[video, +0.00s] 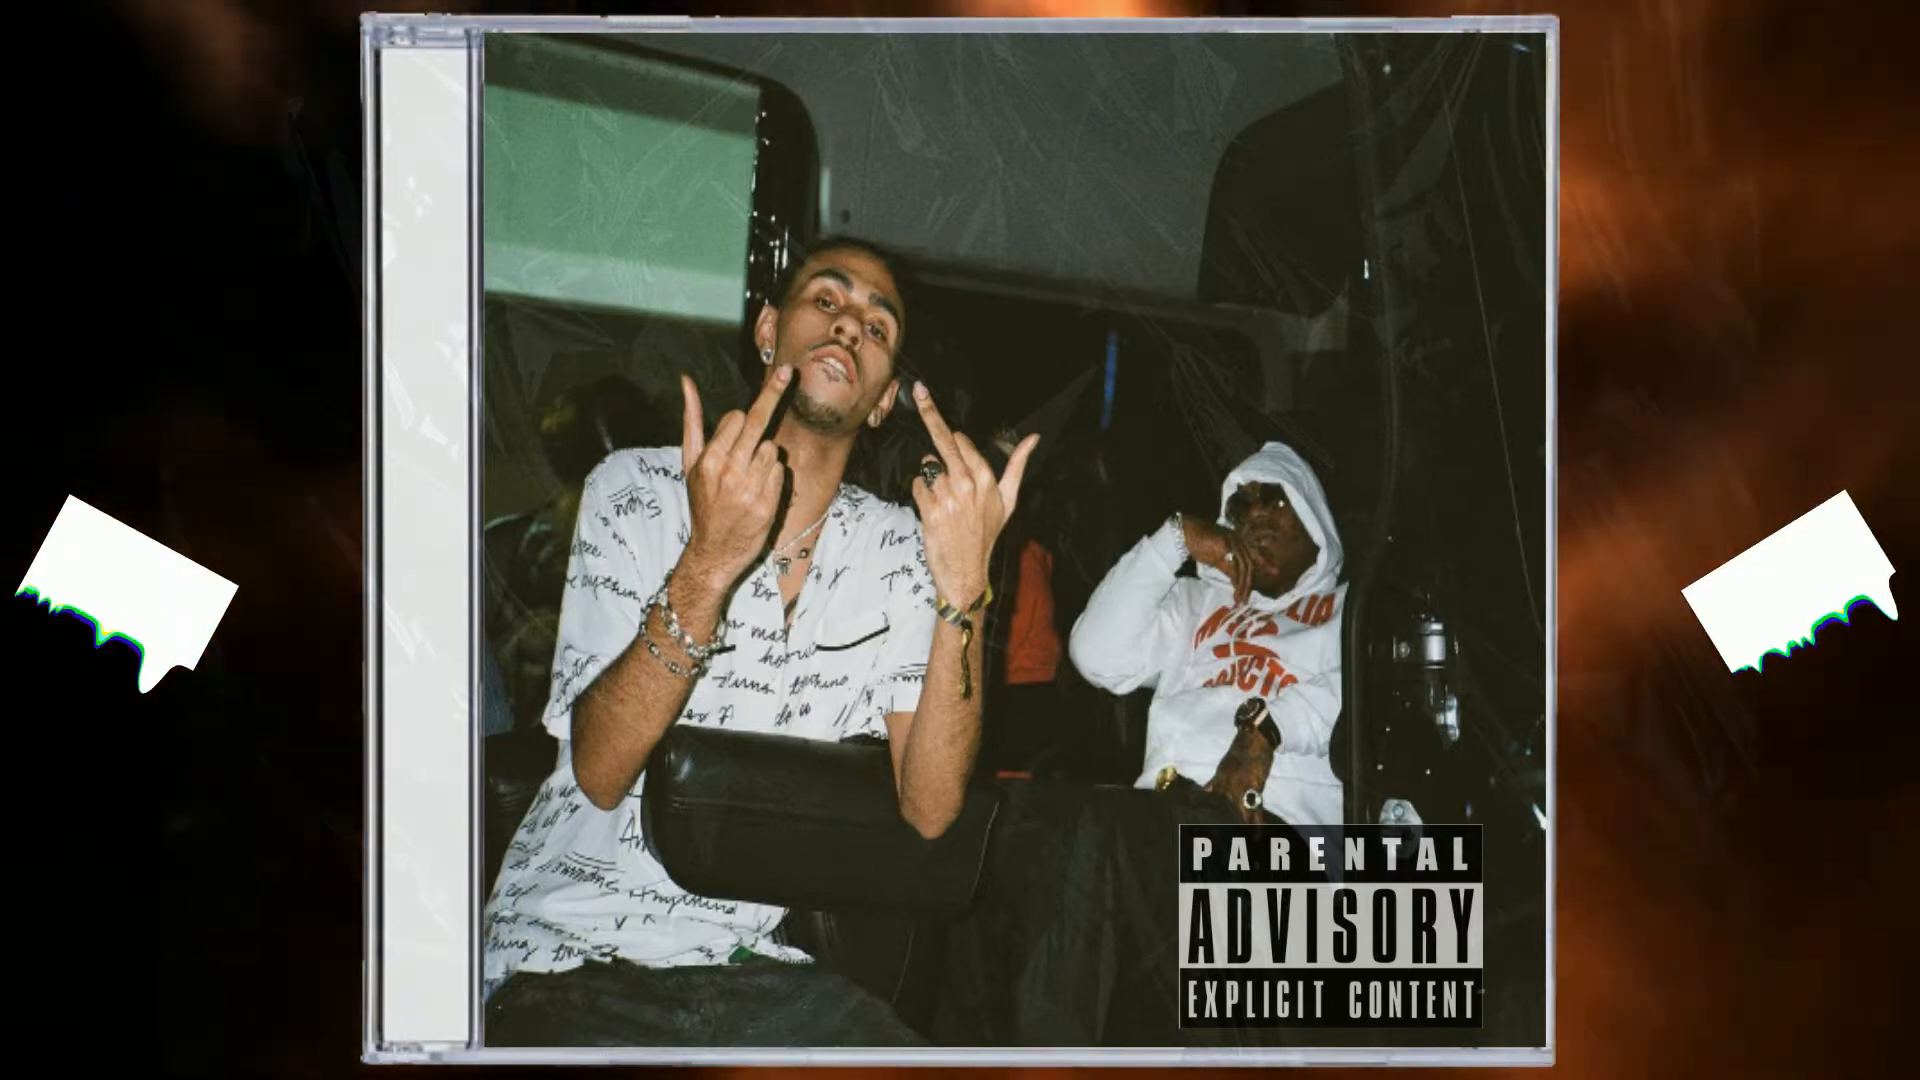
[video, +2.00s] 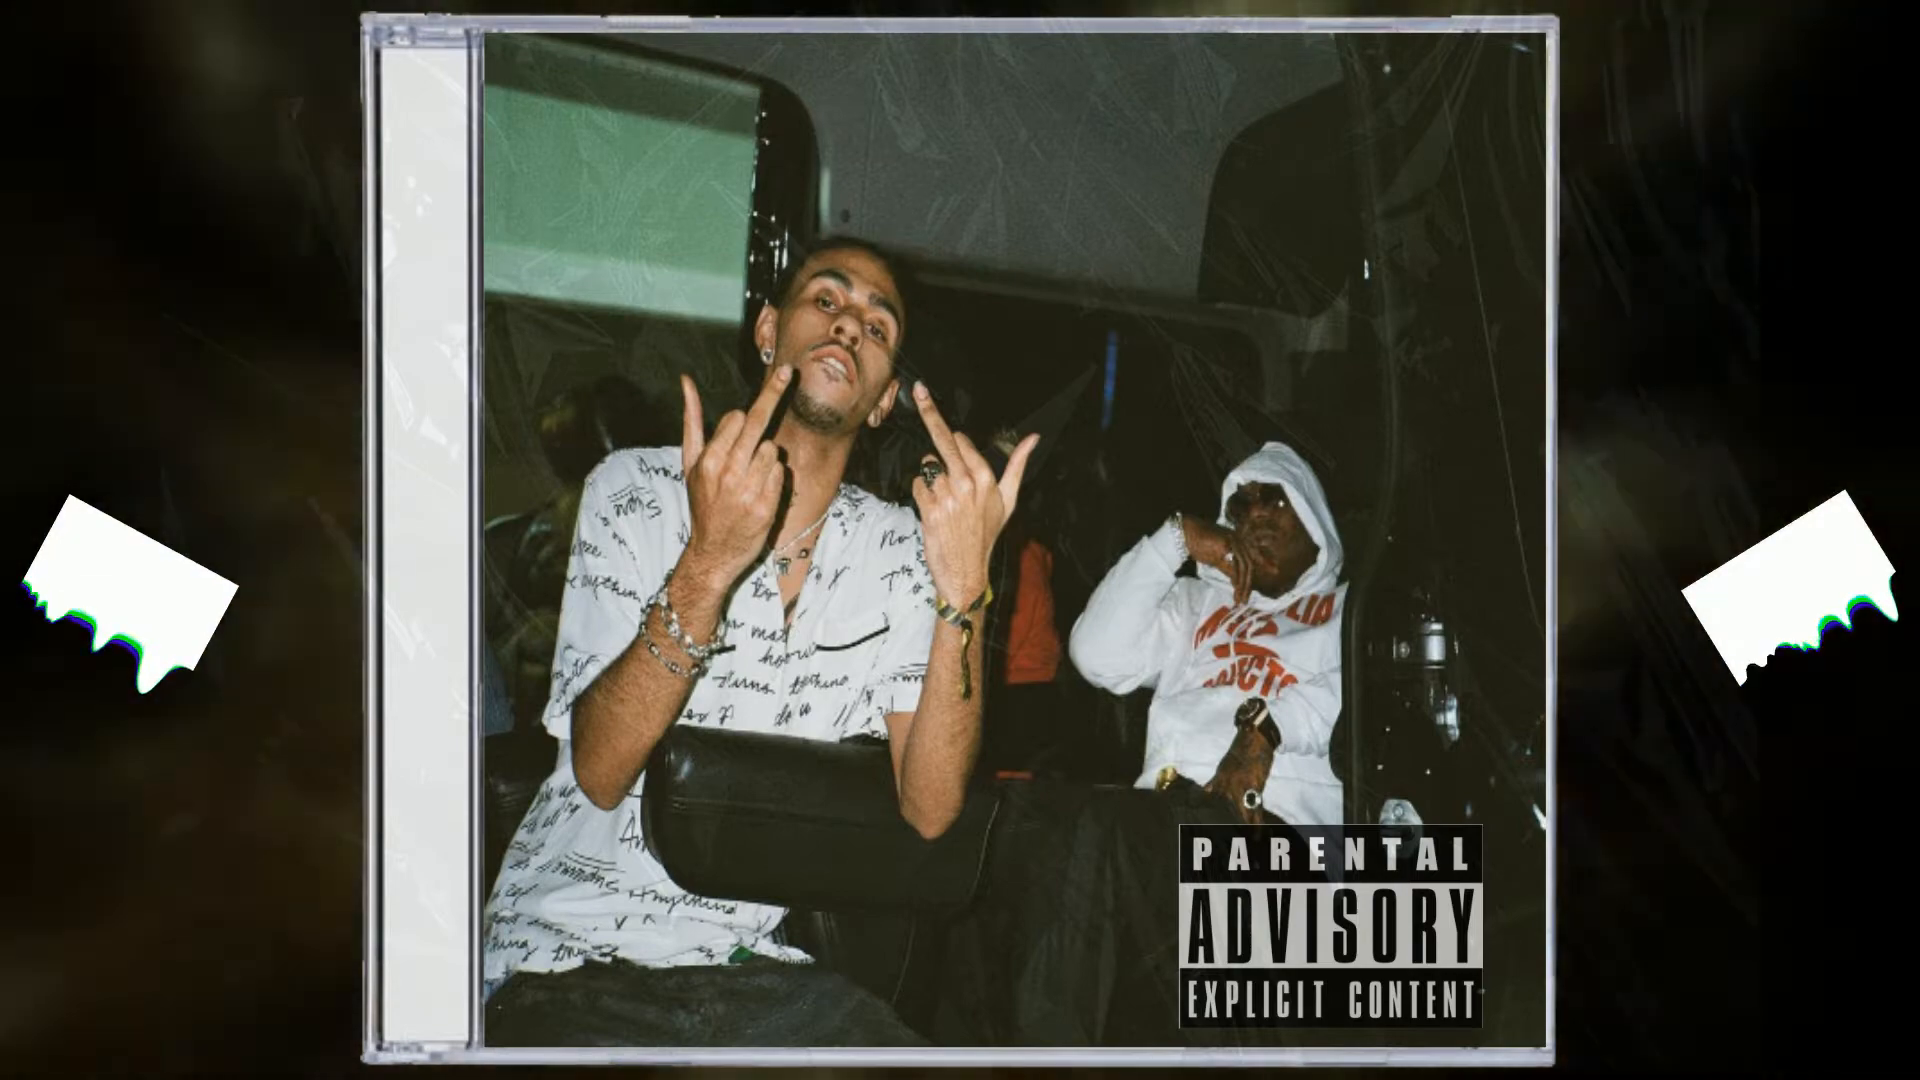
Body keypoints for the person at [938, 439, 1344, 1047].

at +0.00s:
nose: (1259, 519)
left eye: (1279, 502)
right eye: (1246, 503)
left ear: (1318, 522)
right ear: (1228, 523)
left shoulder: (1351, 606)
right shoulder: (1198, 599)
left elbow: (1348, 705)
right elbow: (1099, 658)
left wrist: (1272, 727)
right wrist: (1176, 539)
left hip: (1285, 817)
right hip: (1165, 807)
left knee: (1103, 824)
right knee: (1028, 811)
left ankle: (1052, 1054)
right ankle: (967, 1048)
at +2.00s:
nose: (1258, 518)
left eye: (1278, 501)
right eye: (1245, 503)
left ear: (1318, 521)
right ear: (1227, 523)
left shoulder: (1351, 607)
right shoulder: (1198, 601)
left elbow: (1342, 703)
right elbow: (1099, 657)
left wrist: (1268, 726)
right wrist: (1177, 539)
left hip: (1282, 817)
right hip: (1166, 806)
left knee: (1101, 824)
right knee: (1025, 809)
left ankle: (1052, 1053)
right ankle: (969, 1046)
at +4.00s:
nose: (1259, 517)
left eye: (1279, 501)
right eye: (1245, 502)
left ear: (1318, 521)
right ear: (1227, 523)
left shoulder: (1351, 606)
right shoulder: (1197, 601)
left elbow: (1356, 700)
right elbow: (1099, 658)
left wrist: (1269, 726)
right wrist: (1177, 539)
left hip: (1284, 817)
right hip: (1165, 807)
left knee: (1099, 825)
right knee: (1024, 810)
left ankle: (1052, 1053)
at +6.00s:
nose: (1259, 517)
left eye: (1280, 501)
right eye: (1246, 502)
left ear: (1319, 521)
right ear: (1227, 523)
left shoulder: (1352, 606)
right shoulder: (1197, 601)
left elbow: (1355, 702)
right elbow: (1099, 658)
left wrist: (1269, 725)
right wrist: (1176, 539)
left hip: (1287, 817)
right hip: (1166, 808)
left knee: (1096, 826)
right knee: (1025, 812)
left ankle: (1051, 1052)